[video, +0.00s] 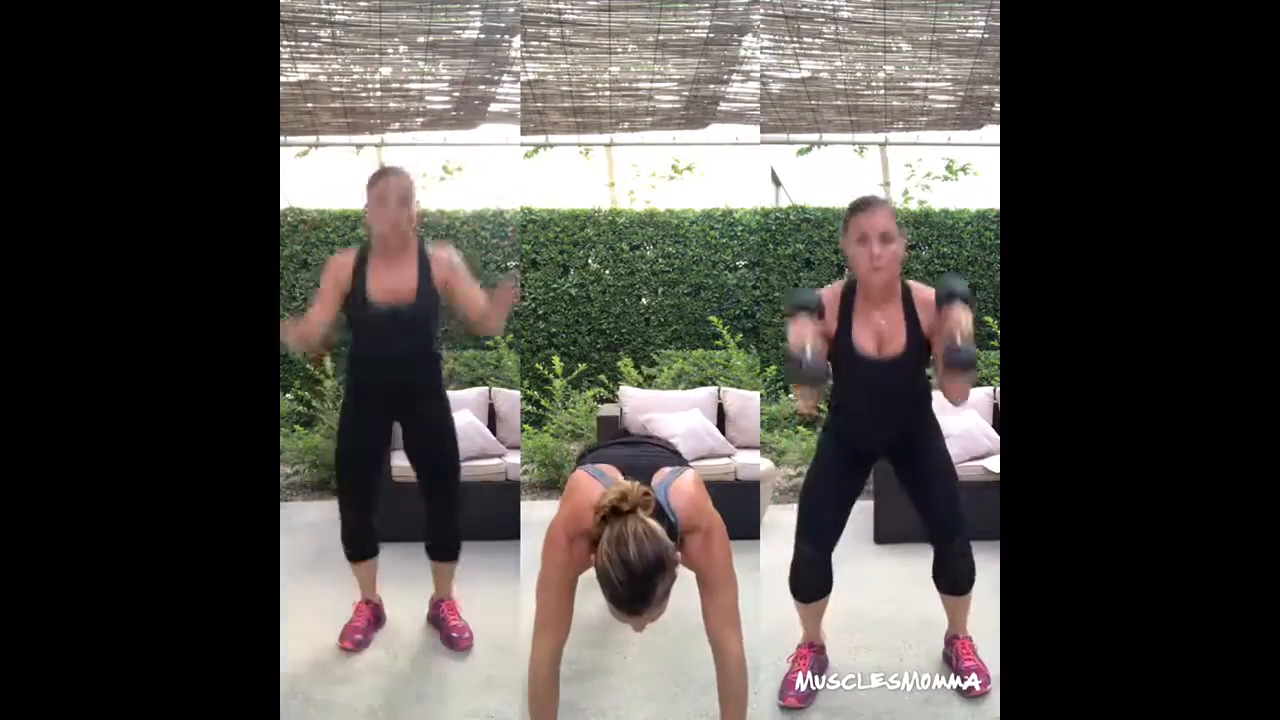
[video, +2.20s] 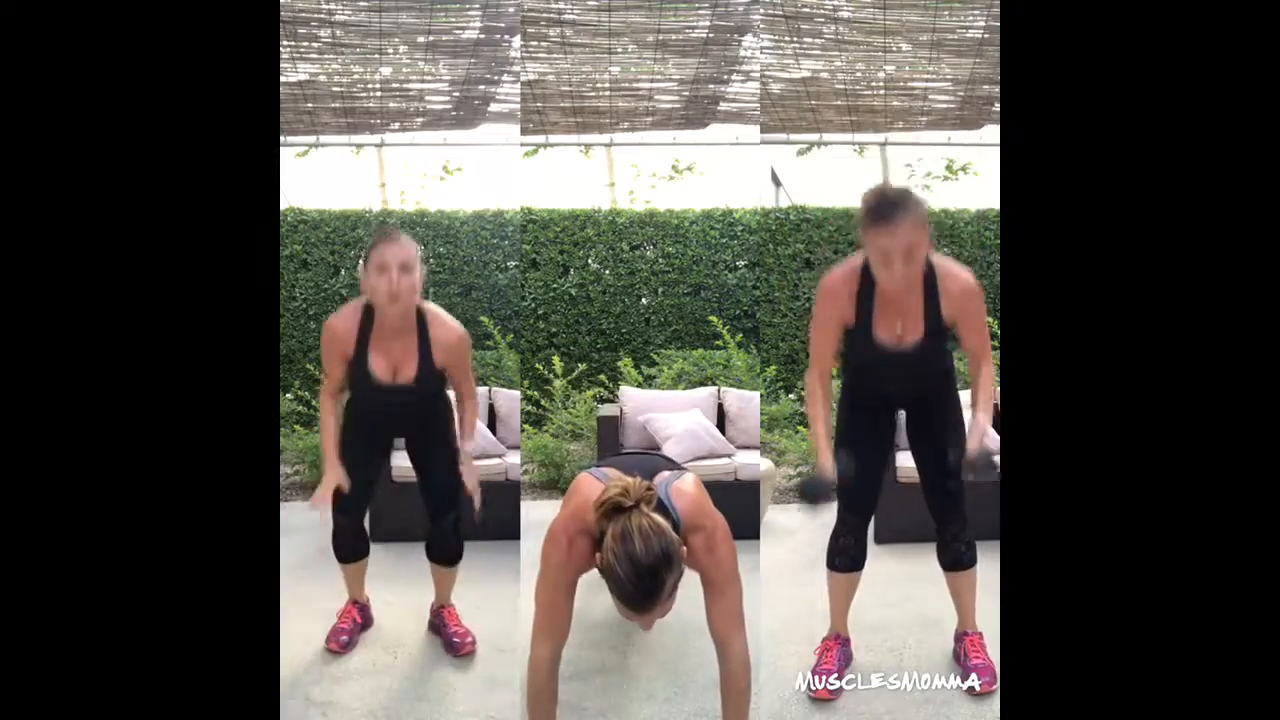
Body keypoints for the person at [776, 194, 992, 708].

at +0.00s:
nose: (877, 251)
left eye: (886, 239)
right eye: (863, 241)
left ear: (902, 246)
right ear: (846, 251)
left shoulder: (929, 303)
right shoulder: (825, 305)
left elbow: (958, 391)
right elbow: (807, 396)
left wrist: (957, 336)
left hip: (914, 432)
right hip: (846, 434)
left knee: (953, 538)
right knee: (809, 548)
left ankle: (958, 641)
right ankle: (811, 649)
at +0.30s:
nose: (882, 214)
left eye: (891, 205)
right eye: (869, 205)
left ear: (907, 217)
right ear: (852, 219)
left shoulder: (932, 281)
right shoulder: (830, 280)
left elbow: (964, 354)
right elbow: (798, 355)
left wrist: (957, 287)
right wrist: (805, 284)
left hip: (917, 429)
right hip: (848, 429)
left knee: (956, 550)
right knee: (806, 554)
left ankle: (959, 642)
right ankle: (811, 650)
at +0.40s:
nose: (886, 189)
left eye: (896, 180)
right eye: (875, 181)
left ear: (910, 193)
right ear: (860, 196)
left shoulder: (932, 257)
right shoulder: (838, 253)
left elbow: (977, 302)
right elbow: (790, 295)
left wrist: (963, 232)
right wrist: (806, 223)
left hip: (919, 415)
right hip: (850, 414)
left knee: (953, 537)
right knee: (815, 541)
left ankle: (959, 641)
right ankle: (810, 650)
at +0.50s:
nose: (891, 164)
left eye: (900, 156)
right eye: (880, 156)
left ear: (914, 168)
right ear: (864, 169)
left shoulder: (935, 231)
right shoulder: (842, 227)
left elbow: (989, 218)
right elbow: (780, 211)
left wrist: (966, 155)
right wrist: (805, 148)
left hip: (924, 391)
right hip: (855, 391)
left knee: (952, 519)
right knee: (830, 519)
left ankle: (963, 638)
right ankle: (814, 645)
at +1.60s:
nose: (897, 173)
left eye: (907, 164)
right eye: (887, 164)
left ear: (920, 173)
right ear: (871, 172)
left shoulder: (942, 237)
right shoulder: (847, 238)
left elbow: (977, 310)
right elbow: (817, 311)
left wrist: (967, 242)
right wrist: (821, 244)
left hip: (932, 393)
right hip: (862, 394)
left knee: (955, 526)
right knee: (845, 529)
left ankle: (969, 636)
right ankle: (837, 640)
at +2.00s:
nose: (898, 170)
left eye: (909, 158)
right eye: (885, 159)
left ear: (923, 163)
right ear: (867, 165)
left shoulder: (950, 229)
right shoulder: (841, 229)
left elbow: (972, 303)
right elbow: (822, 310)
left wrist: (974, 345)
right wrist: (818, 353)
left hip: (934, 391)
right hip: (864, 391)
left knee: (951, 519)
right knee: (852, 520)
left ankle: (969, 635)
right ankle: (837, 639)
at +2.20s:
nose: (897, 267)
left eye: (909, 252)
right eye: (884, 255)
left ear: (926, 239)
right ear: (865, 244)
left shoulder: (956, 285)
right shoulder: (839, 286)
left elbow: (981, 357)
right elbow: (818, 374)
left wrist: (981, 423)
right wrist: (822, 455)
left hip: (934, 398)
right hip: (864, 399)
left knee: (952, 518)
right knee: (851, 518)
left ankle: (969, 636)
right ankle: (837, 639)